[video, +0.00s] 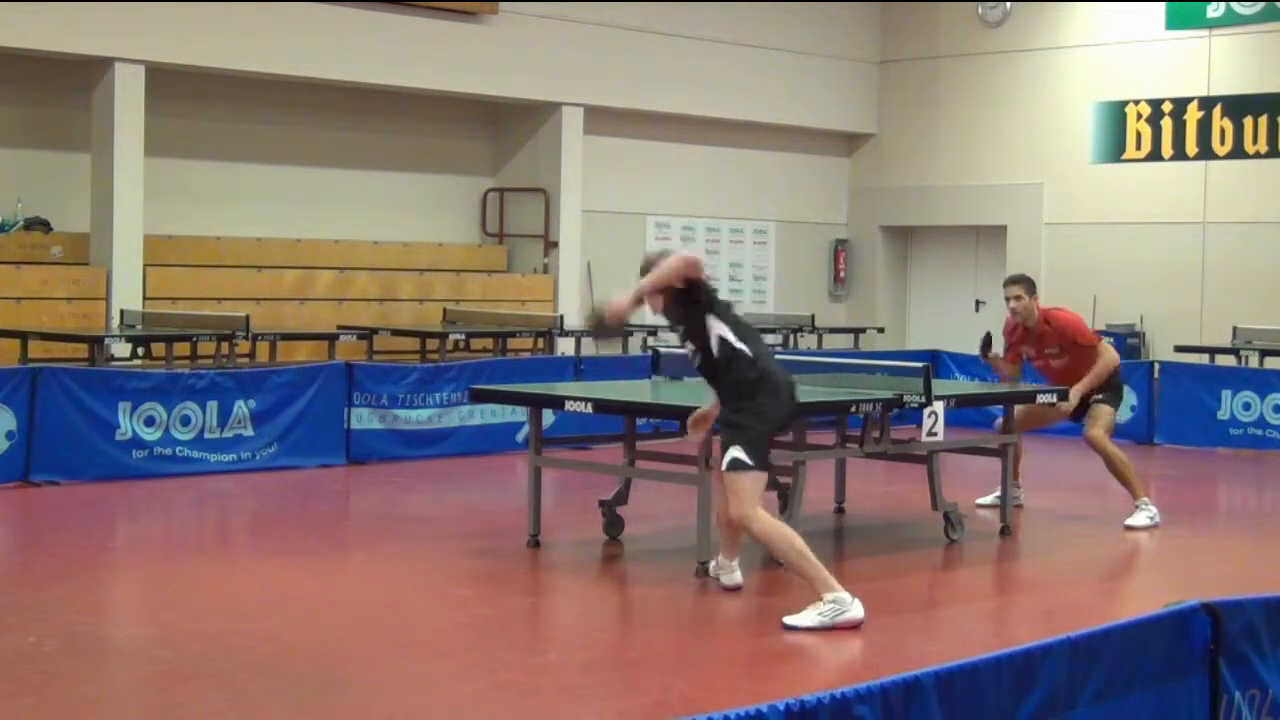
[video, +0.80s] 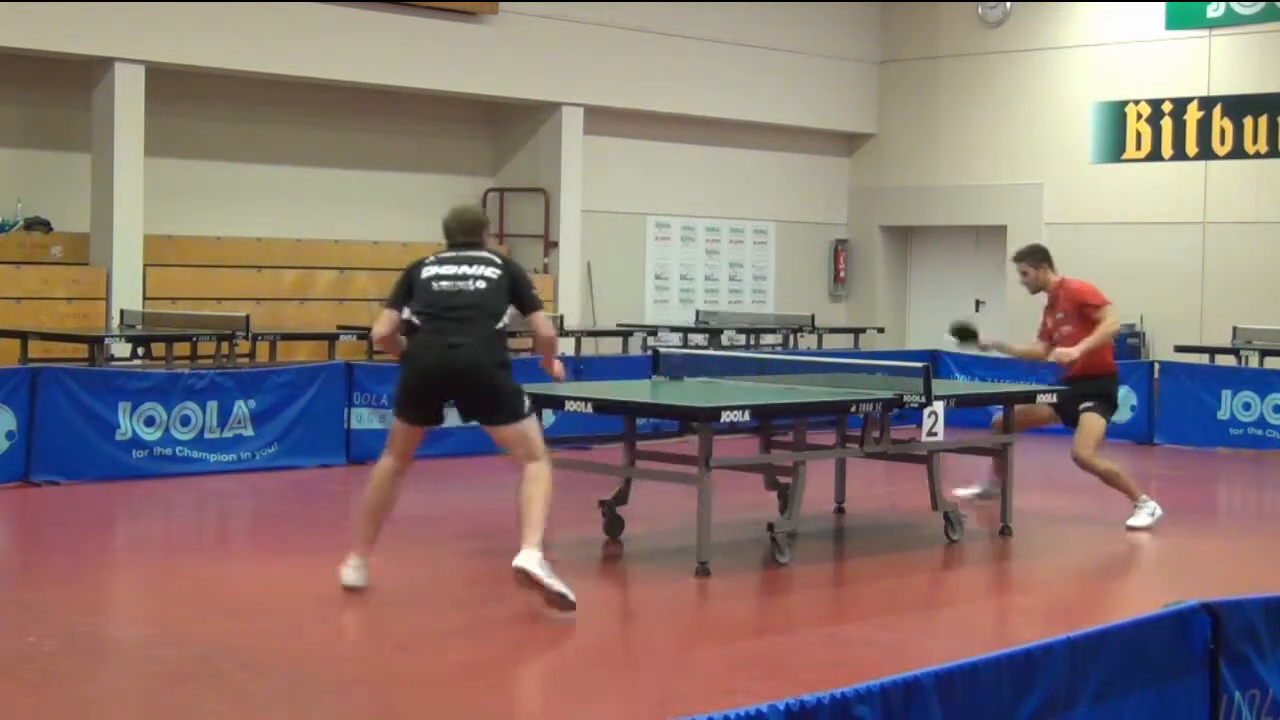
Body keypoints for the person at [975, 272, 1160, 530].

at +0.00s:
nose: (1012, 306)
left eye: (1017, 299)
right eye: (1008, 300)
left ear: (1034, 299)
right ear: (1005, 303)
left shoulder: (1063, 322)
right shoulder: (1013, 328)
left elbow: (1111, 357)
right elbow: (1013, 375)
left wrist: (1078, 391)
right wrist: (995, 361)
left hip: (1101, 383)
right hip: (1065, 388)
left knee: (1095, 435)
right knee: (1009, 425)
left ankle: (1145, 506)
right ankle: (1011, 490)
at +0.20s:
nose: (999, 282)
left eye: (1005, 276)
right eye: (995, 277)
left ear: (1022, 276)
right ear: (993, 279)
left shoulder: (1051, 299)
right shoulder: (1001, 307)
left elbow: (1100, 329)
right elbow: (992, 355)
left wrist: (1063, 362)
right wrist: (980, 348)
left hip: (1084, 370)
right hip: (1046, 371)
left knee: (1086, 434)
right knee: (984, 416)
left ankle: (1143, 504)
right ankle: (973, 484)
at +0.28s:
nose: (986, 282)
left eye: (992, 275)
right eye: (983, 277)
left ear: (1009, 275)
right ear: (983, 280)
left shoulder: (1039, 300)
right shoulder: (990, 310)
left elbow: (1078, 345)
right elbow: (979, 353)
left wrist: (1033, 365)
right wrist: (958, 352)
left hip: (1074, 372)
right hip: (1040, 376)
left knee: (1083, 432)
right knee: (977, 424)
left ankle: (1139, 500)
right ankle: (938, 484)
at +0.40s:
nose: (972, 289)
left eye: (977, 282)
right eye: (969, 284)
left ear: (996, 281)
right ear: (970, 286)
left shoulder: (1021, 309)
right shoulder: (985, 315)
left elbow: (1022, 363)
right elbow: (996, 356)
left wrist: (976, 360)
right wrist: (972, 372)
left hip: (1061, 382)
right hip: (1026, 385)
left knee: (1070, 445)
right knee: (960, 426)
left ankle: (1136, 501)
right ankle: (929, 488)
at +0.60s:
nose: (985, 294)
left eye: (989, 287)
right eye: (983, 289)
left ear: (1007, 282)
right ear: (992, 287)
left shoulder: (1027, 304)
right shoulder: (1016, 309)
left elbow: (1033, 348)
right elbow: (1034, 359)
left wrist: (987, 370)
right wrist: (1006, 377)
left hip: (1072, 389)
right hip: (1043, 390)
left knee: (1069, 457)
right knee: (981, 435)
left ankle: (1141, 502)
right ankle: (933, 488)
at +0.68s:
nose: (1001, 290)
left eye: (1003, 283)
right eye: (998, 284)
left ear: (1020, 277)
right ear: (1015, 280)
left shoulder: (1044, 297)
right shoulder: (1035, 302)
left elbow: (1068, 332)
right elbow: (1047, 351)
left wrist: (1027, 363)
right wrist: (1013, 373)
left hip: (1084, 388)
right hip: (1059, 391)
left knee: (1076, 457)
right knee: (998, 432)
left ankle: (1142, 502)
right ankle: (946, 486)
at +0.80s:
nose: (1022, 281)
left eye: (1025, 274)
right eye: (1020, 275)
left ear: (1043, 269)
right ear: (1039, 271)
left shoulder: (1076, 290)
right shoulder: (1052, 308)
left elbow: (1112, 322)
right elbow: (1041, 352)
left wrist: (1077, 350)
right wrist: (997, 345)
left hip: (1099, 386)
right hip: (1072, 388)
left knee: (1083, 454)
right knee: (1002, 422)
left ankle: (1144, 503)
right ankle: (994, 486)